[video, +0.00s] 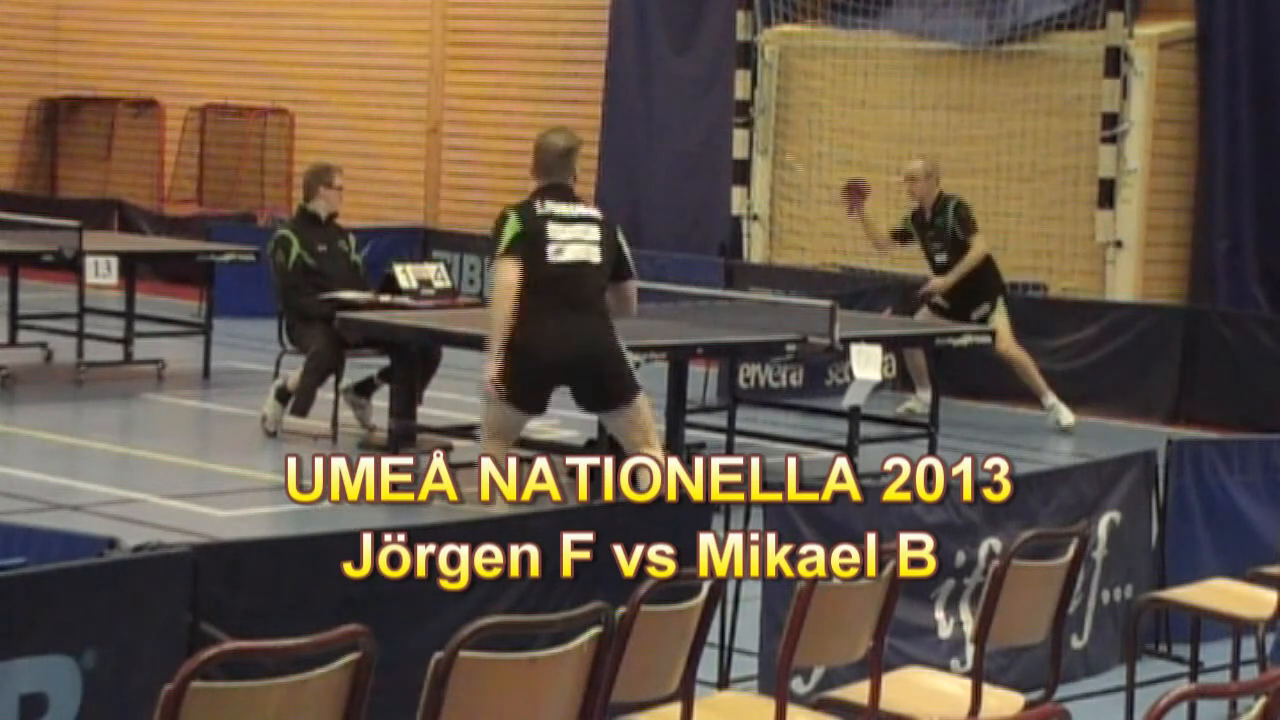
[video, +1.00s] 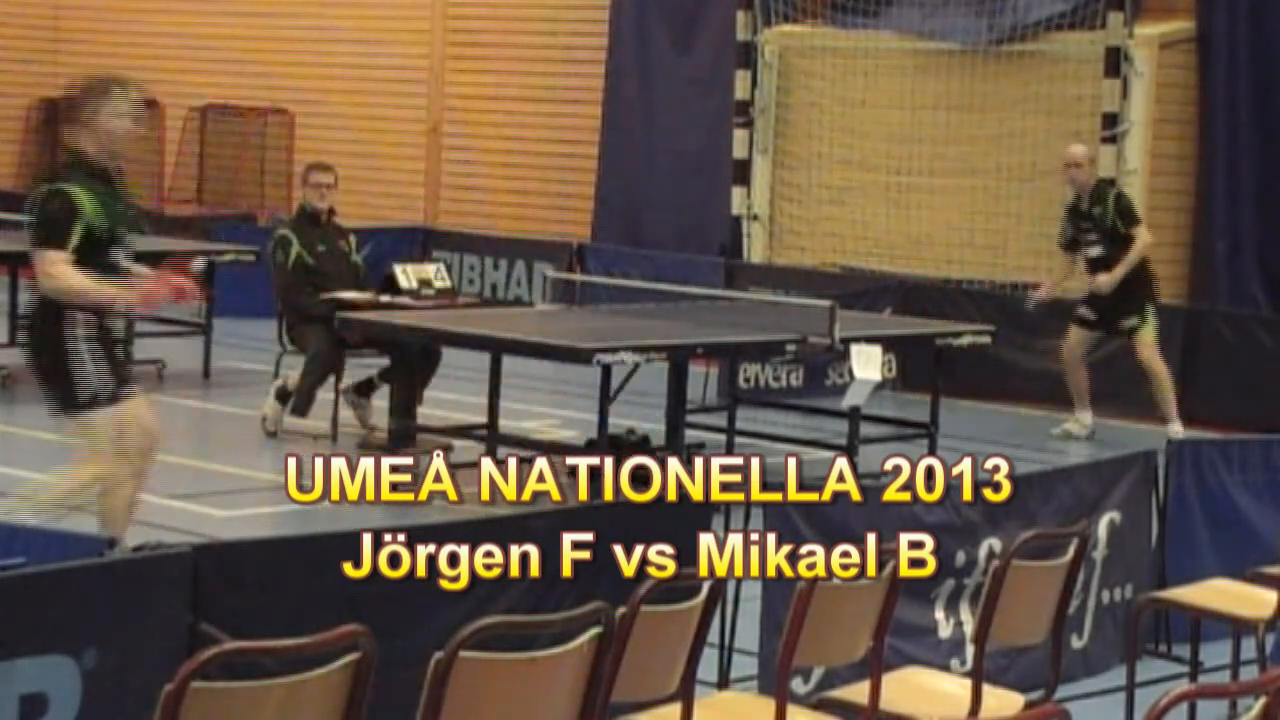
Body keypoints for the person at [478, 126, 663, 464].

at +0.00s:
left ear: (534, 169)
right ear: (575, 172)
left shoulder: (517, 217)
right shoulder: (603, 222)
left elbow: (507, 288)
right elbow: (626, 304)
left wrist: (495, 356)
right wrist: (585, 306)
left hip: (532, 349)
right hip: (594, 349)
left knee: (495, 444)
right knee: (645, 445)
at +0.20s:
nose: (479, 185)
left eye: (481, 179)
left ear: (484, 185)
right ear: (522, 186)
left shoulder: (473, 242)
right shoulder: (553, 241)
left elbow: (421, 311)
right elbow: (584, 311)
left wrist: (399, 360)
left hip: (510, 375)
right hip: (567, 370)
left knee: (434, 457)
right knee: (627, 454)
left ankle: (422, 548)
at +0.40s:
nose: (457, 148)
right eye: (455, 143)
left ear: (410, 147)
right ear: (451, 149)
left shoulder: (377, 204)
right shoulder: (472, 210)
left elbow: (335, 280)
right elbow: (502, 294)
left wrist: (344, 326)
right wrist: (461, 309)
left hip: (384, 345)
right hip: (448, 344)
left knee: (353, 464)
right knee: (511, 431)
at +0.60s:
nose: (376, 160)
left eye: (375, 151)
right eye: (374, 152)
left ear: (327, 151)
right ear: (365, 156)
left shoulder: (290, 207)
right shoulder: (361, 214)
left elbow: (264, 274)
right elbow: (372, 295)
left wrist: (314, 290)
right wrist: (409, 331)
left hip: (280, 349)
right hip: (340, 353)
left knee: (234, 463)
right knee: (411, 453)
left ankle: (155, 526)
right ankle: (435, 548)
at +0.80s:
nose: (255, 159)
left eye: (255, 150)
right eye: (251, 150)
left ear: (211, 148)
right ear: (235, 150)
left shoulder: (202, 197)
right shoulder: (198, 201)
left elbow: (211, 262)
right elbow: (143, 268)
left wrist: (272, 272)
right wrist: (186, 324)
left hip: (153, 350)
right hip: (184, 347)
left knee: (180, 467)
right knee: (293, 432)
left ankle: (122, 549)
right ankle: (301, 547)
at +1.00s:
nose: (135, 129)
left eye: (136, 119)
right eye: (126, 118)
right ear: (93, 120)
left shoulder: (107, 186)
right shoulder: (64, 191)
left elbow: (104, 266)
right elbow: (52, 277)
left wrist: (155, 280)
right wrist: (134, 297)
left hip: (98, 324)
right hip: (69, 329)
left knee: (131, 442)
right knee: (131, 436)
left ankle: (112, 549)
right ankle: (22, 514)